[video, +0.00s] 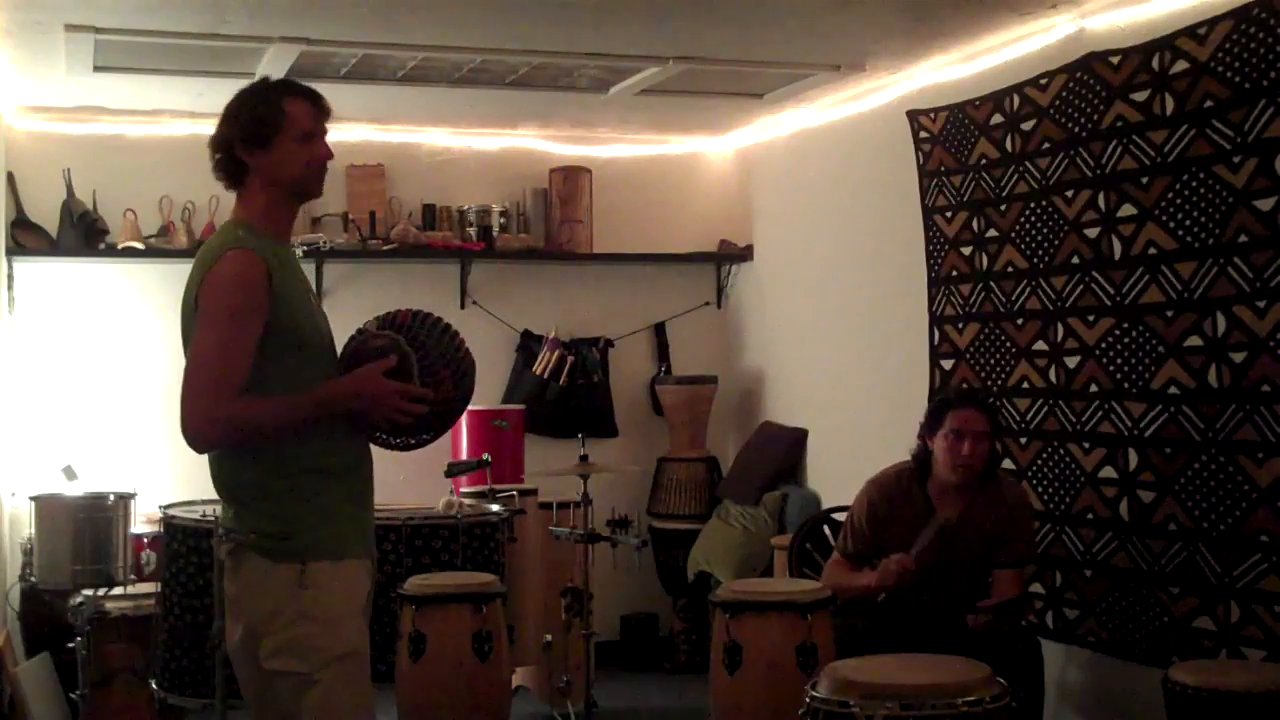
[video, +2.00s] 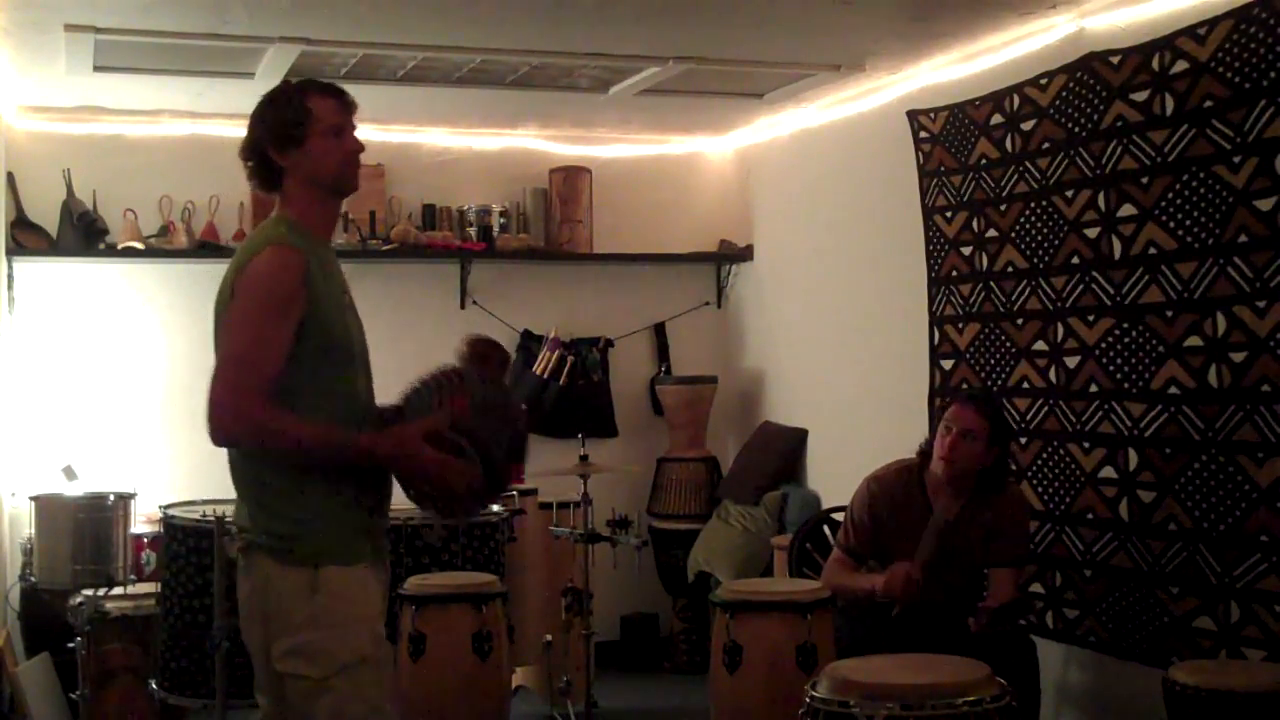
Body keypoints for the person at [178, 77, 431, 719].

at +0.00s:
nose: (327, 150)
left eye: (325, 137)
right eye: (310, 137)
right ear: (256, 149)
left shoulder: (270, 257)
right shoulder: (240, 261)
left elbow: (270, 398)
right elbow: (205, 421)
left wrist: (354, 377)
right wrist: (344, 397)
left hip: (313, 559)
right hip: (293, 564)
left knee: (322, 706)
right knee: (310, 708)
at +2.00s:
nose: (358, 145)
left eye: (355, 131)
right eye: (339, 133)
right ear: (286, 152)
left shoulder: (307, 257)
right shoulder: (279, 259)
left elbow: (324, 414)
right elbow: (233, 414)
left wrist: (418, 417)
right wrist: (384, 449)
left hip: (329, 560)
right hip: (309, 566)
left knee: (329, 707)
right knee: (340, 708)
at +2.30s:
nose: (411, 130)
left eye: (403, 117)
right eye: (390, 120)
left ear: (358, 147)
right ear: (341, 146)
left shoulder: (389, 251)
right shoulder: (317, 252)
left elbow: (375, 400)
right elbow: (248, 404)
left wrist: (464, 401)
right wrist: (407, 437)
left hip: (381, 550)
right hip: (333, 559)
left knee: (388, 704)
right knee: (360, 707)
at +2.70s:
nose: (484, 125)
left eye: (476, 111)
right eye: (462, 114)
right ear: (408, 140)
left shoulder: (444, 243)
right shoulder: (371, 267)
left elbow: (436, 377)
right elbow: (341, 445)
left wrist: (536, 356)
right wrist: (498, 426)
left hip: (431, 555)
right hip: (377, 569)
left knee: (437, 705)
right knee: (393, 709)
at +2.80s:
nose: (485, 119)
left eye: (478, 106)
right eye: (465, 108)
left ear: (423, 138)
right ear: (409, 135)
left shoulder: (430, 244)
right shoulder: (394, 255)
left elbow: (454, 358)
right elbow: (409, 444)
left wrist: (563, 348)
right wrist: (566, 416)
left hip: (438, 559)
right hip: (390, 572)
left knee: (474, 702)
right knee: (412, 709)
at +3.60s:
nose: (545, 136)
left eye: (539, 122)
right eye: (525, 124)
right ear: (472, 144)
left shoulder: (487, 255)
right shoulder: (471, 263)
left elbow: (499, 403)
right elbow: (434, 438)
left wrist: (594, 414)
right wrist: (577, 492)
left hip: (527, 570)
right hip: (472, 581)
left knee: (575, 713)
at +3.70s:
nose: (575, 131)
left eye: (568, 118)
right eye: (557, 119)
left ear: (514, 148)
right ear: (503, 145)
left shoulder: (515, 253)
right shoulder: (488, 255)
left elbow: (521, 401)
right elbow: (457, 421)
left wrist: (625, 391)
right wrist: (609, 429)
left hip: (537, 577)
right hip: (478, 586)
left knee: (588, 712)